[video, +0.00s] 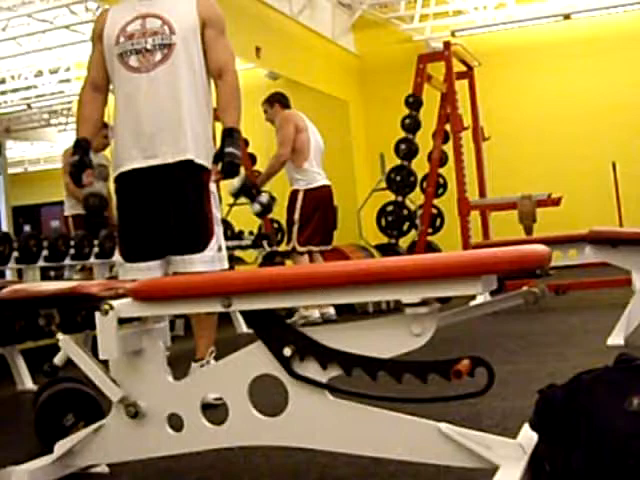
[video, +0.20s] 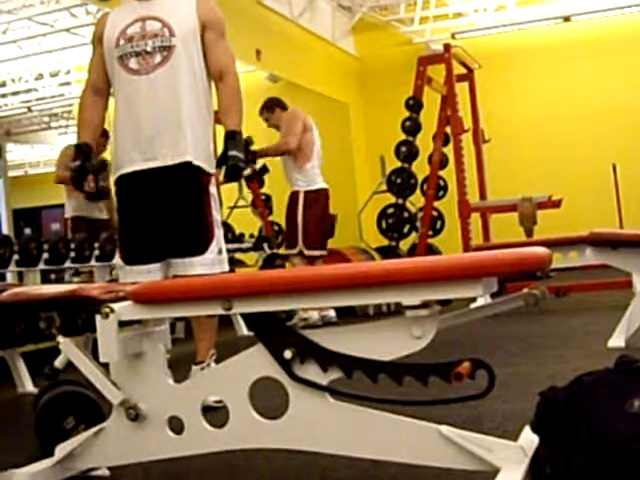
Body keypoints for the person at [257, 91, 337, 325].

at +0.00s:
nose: (267, 118)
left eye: (268, 112)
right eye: (265, 114)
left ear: (277, 106)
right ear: (284, 105)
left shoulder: (287, 118)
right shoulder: (304, 120)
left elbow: (283, 154)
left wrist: (260, 182)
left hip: (305, 189)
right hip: (322, 187)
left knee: (298, 251)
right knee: (314, 251)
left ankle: (309, 305)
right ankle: (325, 302)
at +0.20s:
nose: (270, 126)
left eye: (269, 120)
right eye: (267, 123)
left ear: (276, 111)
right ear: (278, 110)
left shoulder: (294, 115)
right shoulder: (302, 120)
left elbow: (289, 144)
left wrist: (259, 153)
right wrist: (260, 153)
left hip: (306, 191)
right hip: (314, 190)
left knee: (297, 254)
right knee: (314, 255)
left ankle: (308, 307)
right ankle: (324, 305)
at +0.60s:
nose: (266, 149)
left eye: (262, 144)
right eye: (262, 147)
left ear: (264, 134)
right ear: (270, 128)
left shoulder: (287, 135)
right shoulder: (299, 137)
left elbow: (295, 160)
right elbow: (297, 172)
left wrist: (265, 171)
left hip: (305, 207)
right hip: (317, 205)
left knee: (294, 268)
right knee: (314, 269)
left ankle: (308, 322)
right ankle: (324, 319)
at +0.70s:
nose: (265, 149)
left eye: (261, 144)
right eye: (261, 147)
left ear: (263, 134)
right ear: (270, 128)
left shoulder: (285, 135)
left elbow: (293, 166)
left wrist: (266, 187)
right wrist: (272, 206)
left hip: (304, 207)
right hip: (317, 205)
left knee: (298, 270)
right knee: (315, 269)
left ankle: (309, 323)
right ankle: (324, 319)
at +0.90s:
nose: (252, 154)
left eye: (248, 150)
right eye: (248, 151)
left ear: (250, 141)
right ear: (257, 134)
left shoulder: (273, 143)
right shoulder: (284, 143)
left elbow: (286, 177)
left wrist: (285, 214)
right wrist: (285, 214)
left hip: (303, 208)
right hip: (315, 204)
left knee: (298, 271)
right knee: (316, 270)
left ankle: (310, 324)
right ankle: (327, 320)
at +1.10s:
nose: (242, 159)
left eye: (239, 153)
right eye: (239, 156)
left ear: (243, 144)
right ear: (250, 140)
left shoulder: (269, 147)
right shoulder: (275, 149)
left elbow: (288, 179)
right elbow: (286, 184)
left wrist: (298, 211)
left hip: (299, 209)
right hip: (313, 206)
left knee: (299, 270)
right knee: (316, 269)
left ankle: (310, 323)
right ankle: (328, 320)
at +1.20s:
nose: (249, 154)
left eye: (246, 150)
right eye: (246, 152)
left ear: (251, 140)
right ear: (256, 136)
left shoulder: (273, 145)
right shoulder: (285, 146)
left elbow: (292, 179)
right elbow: (294, 181)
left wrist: (299, 210)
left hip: (296, 212)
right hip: (313, 209)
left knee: (292, 272)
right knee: (315, 270)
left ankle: (309, 322)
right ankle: (328, 320)